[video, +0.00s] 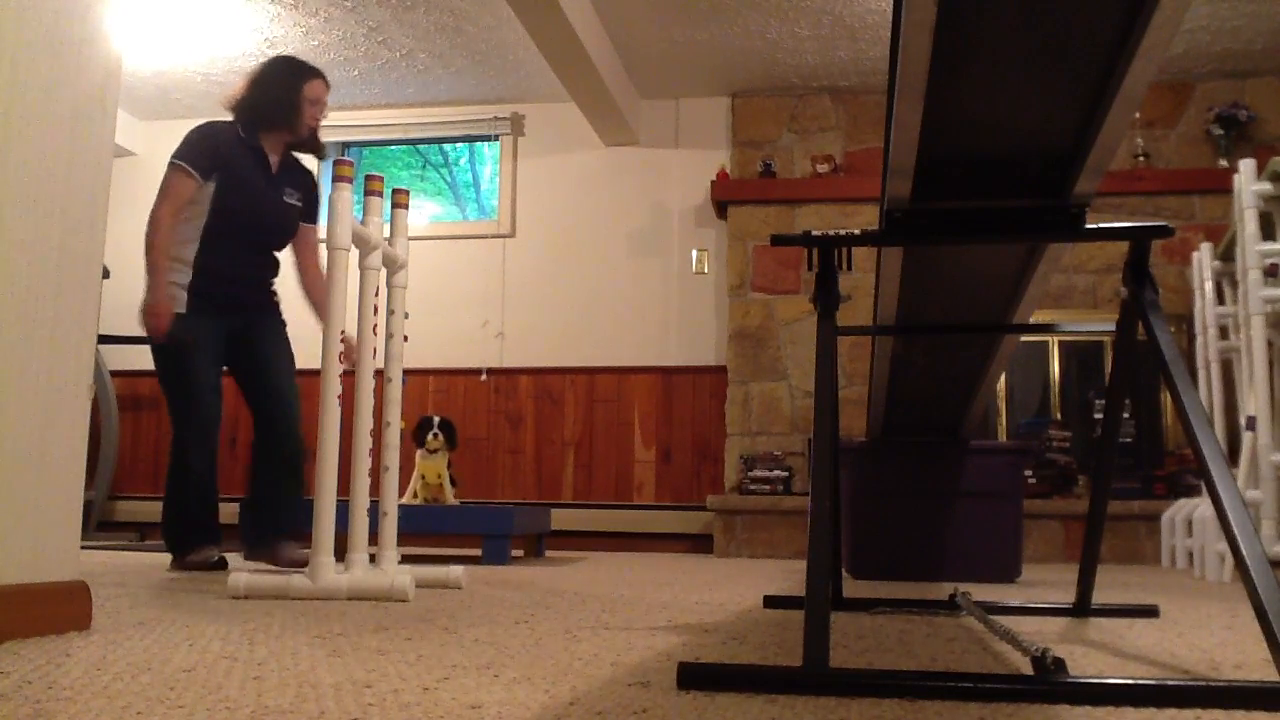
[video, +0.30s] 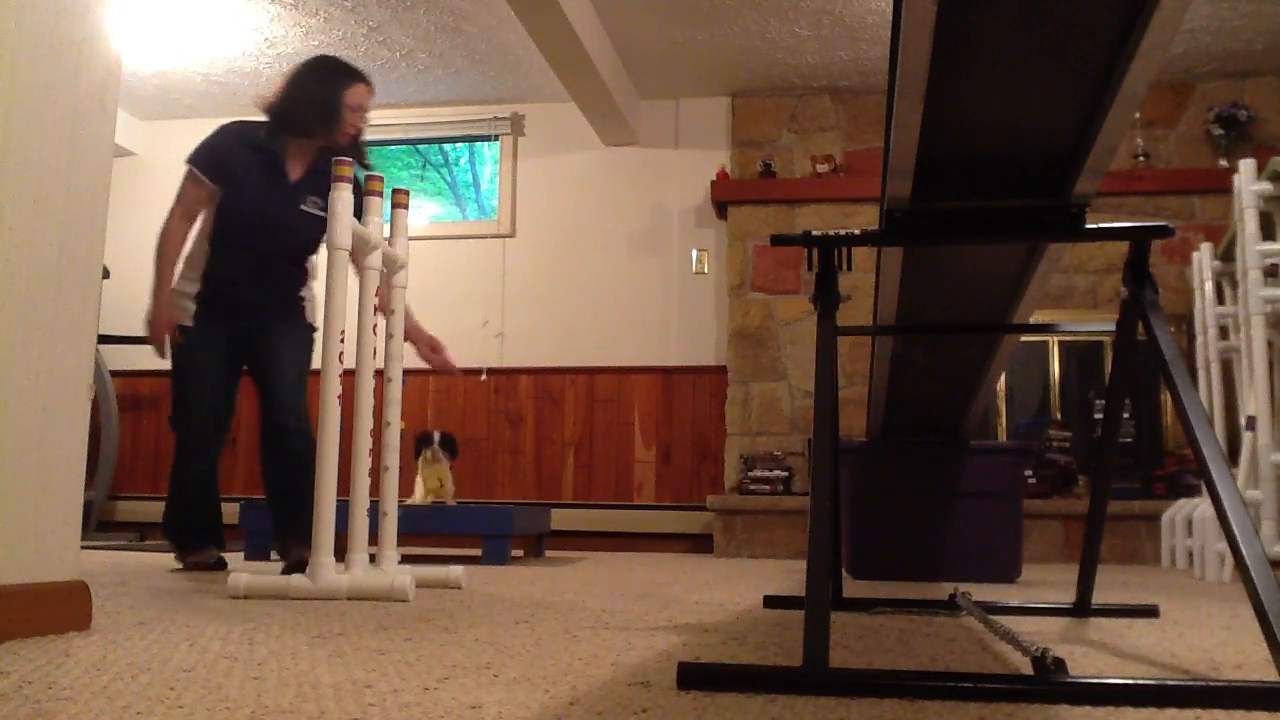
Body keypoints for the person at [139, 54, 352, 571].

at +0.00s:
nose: (322, 114)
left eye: (324, 105)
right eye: (314, 103)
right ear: (282, 101)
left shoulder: (299, 180)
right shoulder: (213, 141)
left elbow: (310, 265)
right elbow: (164, 214)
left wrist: (337, 329)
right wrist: (157, 290)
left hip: (255, 308)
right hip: (189, 304)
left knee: (281, 419)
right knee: (198, 423)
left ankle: (268, 536)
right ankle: (194, 542)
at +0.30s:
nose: (362, 125)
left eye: (365, 114)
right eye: (355, 112)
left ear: (340, 115)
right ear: (320, 106)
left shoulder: (340, 175)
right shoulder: (236, 143)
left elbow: (370, 268)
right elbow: (182, 215)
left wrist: (417, 334)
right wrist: (161, 296)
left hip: (282, 313)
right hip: (210, 308)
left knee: (288, 423)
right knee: (201, 428)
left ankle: (298, 546)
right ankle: (197, 542)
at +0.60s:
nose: (407, 120)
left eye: (410, 109)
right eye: (399, 107)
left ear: (373, 109)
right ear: (361, 102)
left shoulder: (377, 175)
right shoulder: (266, 133)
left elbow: (414, 264)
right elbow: (210, 209)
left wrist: (462, 332)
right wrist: (202, 293)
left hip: (304, 301)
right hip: (233, 293)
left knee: (307, 417)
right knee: (212, 415)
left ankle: (292, 543)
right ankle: (204, 537)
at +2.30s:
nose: (426, 168)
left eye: (436, 160)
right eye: (419, 154)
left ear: (442, 163)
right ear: (392, 143)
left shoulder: (418, 207)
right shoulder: (324, 171)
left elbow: (441, 276)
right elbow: (273, 253)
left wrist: (467, 320)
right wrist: (284, 333)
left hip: (351, 314)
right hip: (285, 302)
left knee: (367, 424)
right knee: (229, 416)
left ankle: (359, 535)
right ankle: (163, 532)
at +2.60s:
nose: (366, 139)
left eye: (374, 130)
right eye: (355, 125)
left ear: (382, 134)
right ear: (329, 123)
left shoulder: (369, 185)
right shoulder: (270, 167)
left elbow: (393, 264)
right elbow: (234, 255)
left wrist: (415, 334)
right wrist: (248, 333)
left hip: (325, 310)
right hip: (259, 305)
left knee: (353, 423)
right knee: (213, 414)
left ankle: (354, 547)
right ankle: (149, 537)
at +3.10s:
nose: (333, 150)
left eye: (344, 143)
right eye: (324, 134)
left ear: (351, 151)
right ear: (296, 127)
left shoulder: (331, 200)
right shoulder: (234, 167)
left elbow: (330, 288)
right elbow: (180, 241)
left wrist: (331, 354)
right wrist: (167, 317)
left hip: (275, 321)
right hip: (208, 314)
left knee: (306, 423)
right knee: (168, 419)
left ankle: (319, 542)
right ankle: (139, 542)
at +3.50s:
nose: (433, 189)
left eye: (443, 180)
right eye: (425, 175)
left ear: (451, 180)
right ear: (395, 165)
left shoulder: (428, 232)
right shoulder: (324, 187)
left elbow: (453, 315)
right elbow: (270, 265)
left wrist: (489, 380)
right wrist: (265, 344)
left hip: (348, 319)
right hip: (285, 304)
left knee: (371, 425)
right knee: (232, 410)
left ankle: (349, 539)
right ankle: (161, 531)